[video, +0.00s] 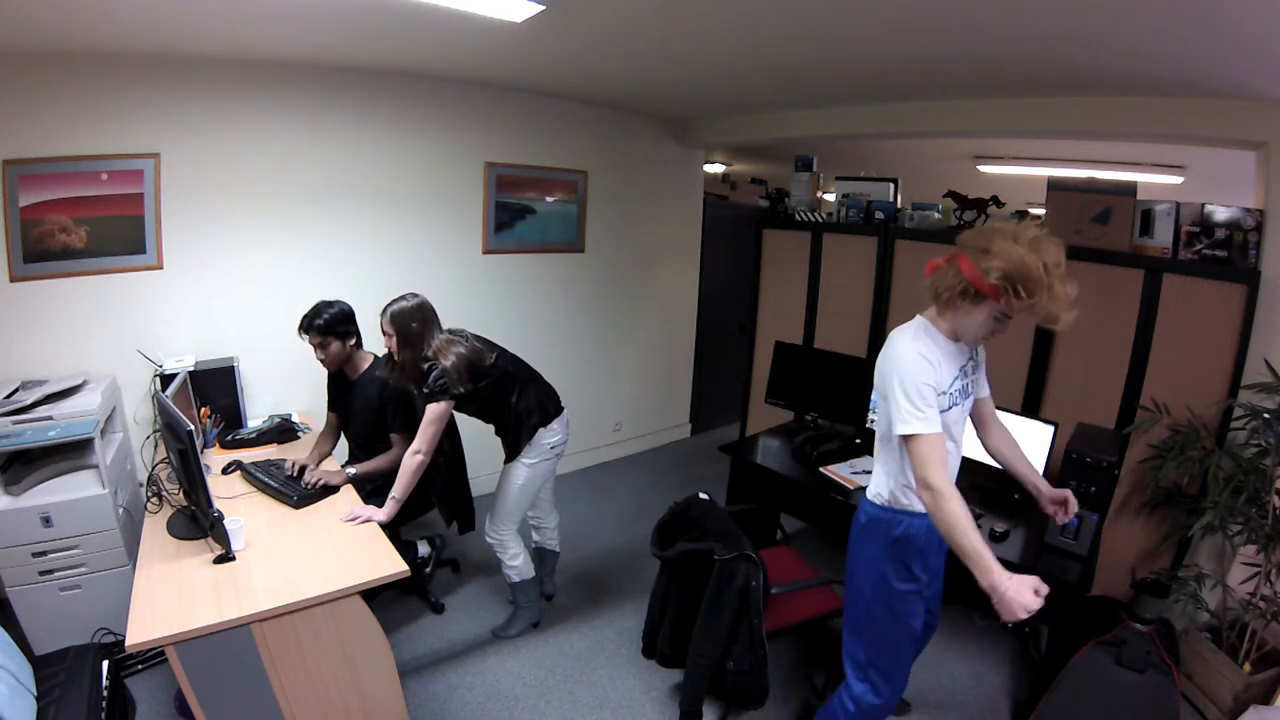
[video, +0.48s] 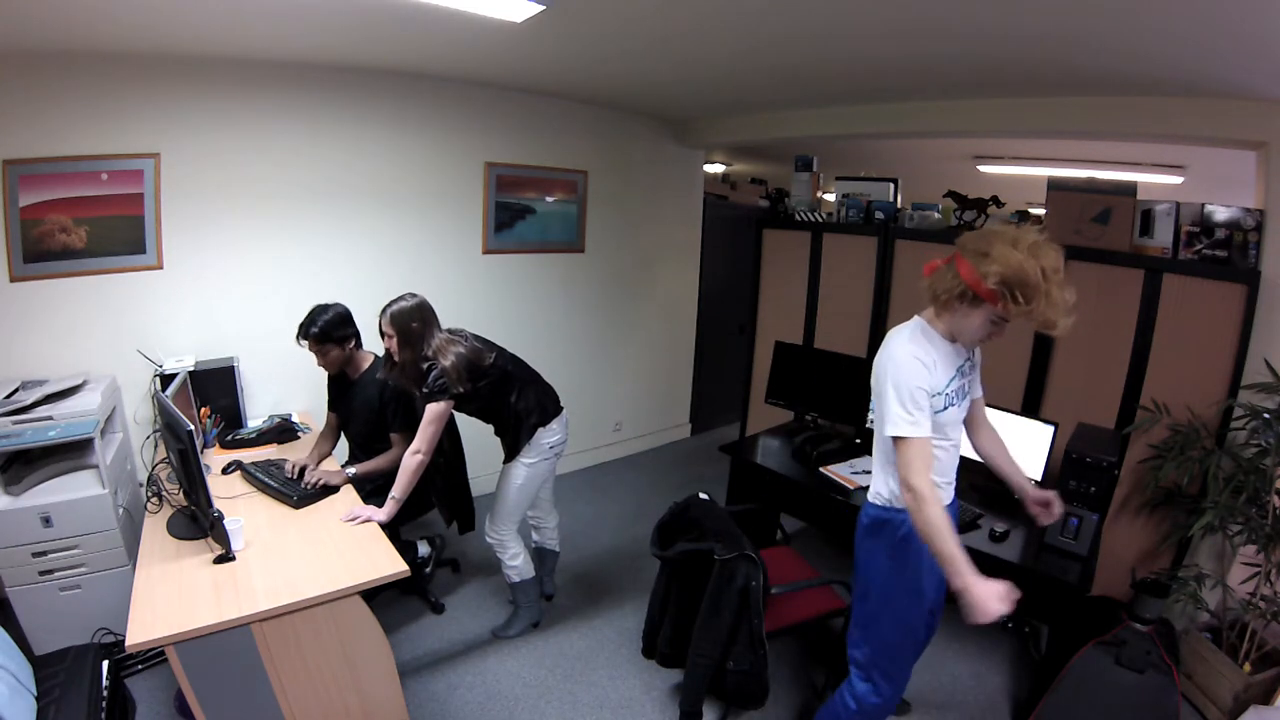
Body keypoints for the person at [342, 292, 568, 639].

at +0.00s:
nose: (386, 343)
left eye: (389, 336)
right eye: (384, 335)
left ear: (411, 336)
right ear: (421, 329)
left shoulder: (443, 370)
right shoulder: (451, 340)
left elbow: (420, 452)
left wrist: (388, 509)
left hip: (538, 433)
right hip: (547, 420)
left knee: (500, 530)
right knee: (541, 508)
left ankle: (528, 607)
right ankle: (546, 581)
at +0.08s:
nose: (386, 345)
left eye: (389, 337)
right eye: (384, 336)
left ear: (411, 336)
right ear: (421, 329)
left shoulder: (443, 369)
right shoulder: (451, 339)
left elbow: (420, 452)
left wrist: (388, 509)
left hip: (538, 433)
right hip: (547, 420)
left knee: (501, 530)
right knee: (541, 508)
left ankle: (528, 607)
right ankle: (546, 581)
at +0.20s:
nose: (386, 344)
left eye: (389, 337)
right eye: (384, 336)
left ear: (412, 336)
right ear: (422, 329)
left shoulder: (443, 370)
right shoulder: (450, 339)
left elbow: (420, 452)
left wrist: (388, 509)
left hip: (537, 432)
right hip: (547, 420)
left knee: (501, 530)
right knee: (541, 508)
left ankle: (528, 607)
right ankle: (546, 581)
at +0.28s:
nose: (386, 344)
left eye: (389, 336)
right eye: (384, 336)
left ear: (411, 335)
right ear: (421, 328)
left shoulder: (443, 369)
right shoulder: (450, 340)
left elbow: (420, 452)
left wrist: (387, 509)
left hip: (537, 433)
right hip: (546, 420)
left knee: (501, 530)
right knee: (541, 508)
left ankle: (528, 607)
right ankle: (546, 581)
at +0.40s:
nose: (386, 345)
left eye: (388, 337)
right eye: (384, 337)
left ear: (411, 336)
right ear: (421, 329)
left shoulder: (443, 369)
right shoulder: (450, 339)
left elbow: (420, 452)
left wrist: (387, 509)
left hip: (537, 432)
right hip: (546, 420)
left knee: (500, 530)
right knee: (541, 508)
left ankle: (528, 607)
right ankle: (546, 581)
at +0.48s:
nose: (386, 345)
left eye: (389, 337)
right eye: (384, 336)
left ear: (412, 336)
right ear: (421, 329)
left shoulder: (443, 369)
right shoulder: (450, 340)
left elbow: (420, 452)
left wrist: (387, 509)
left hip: (537, 432)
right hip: (546, 420)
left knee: (500, 530)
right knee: (541, 508)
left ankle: (528, 607)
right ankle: (546, 581)